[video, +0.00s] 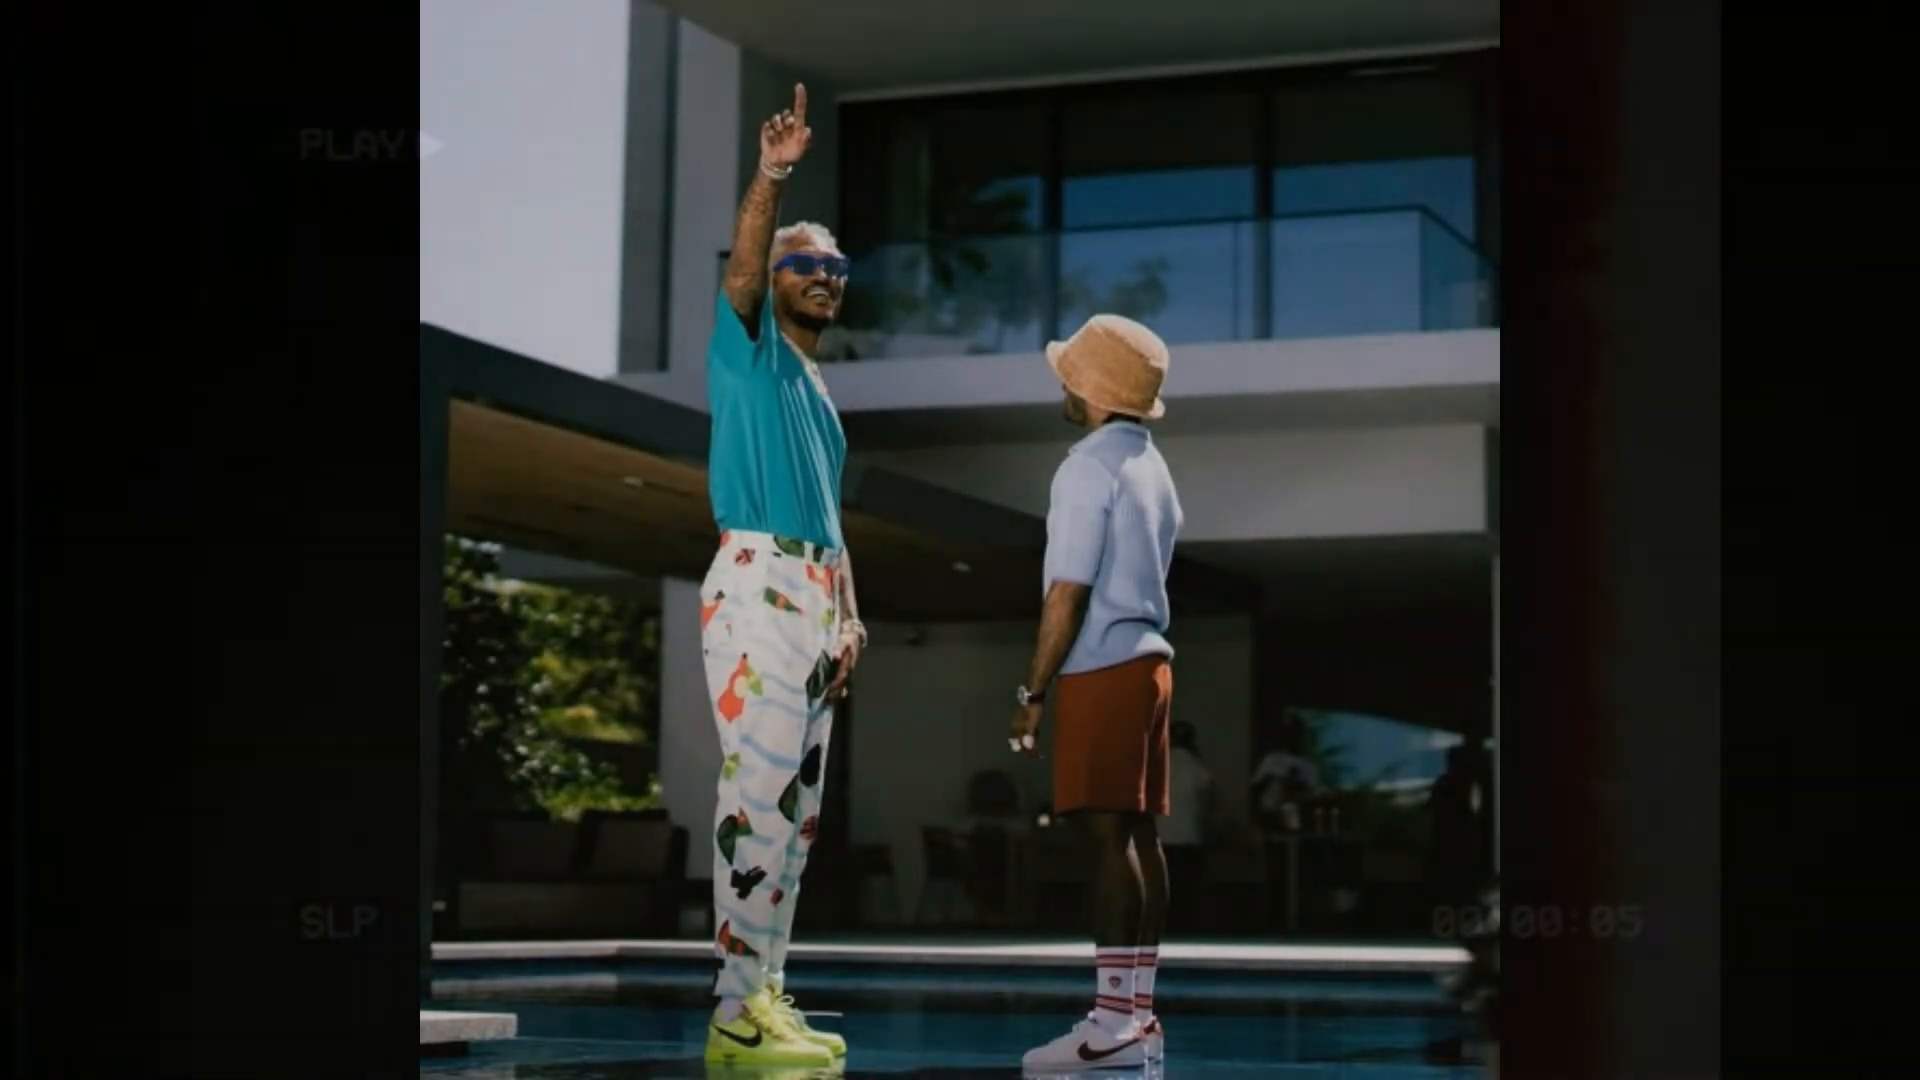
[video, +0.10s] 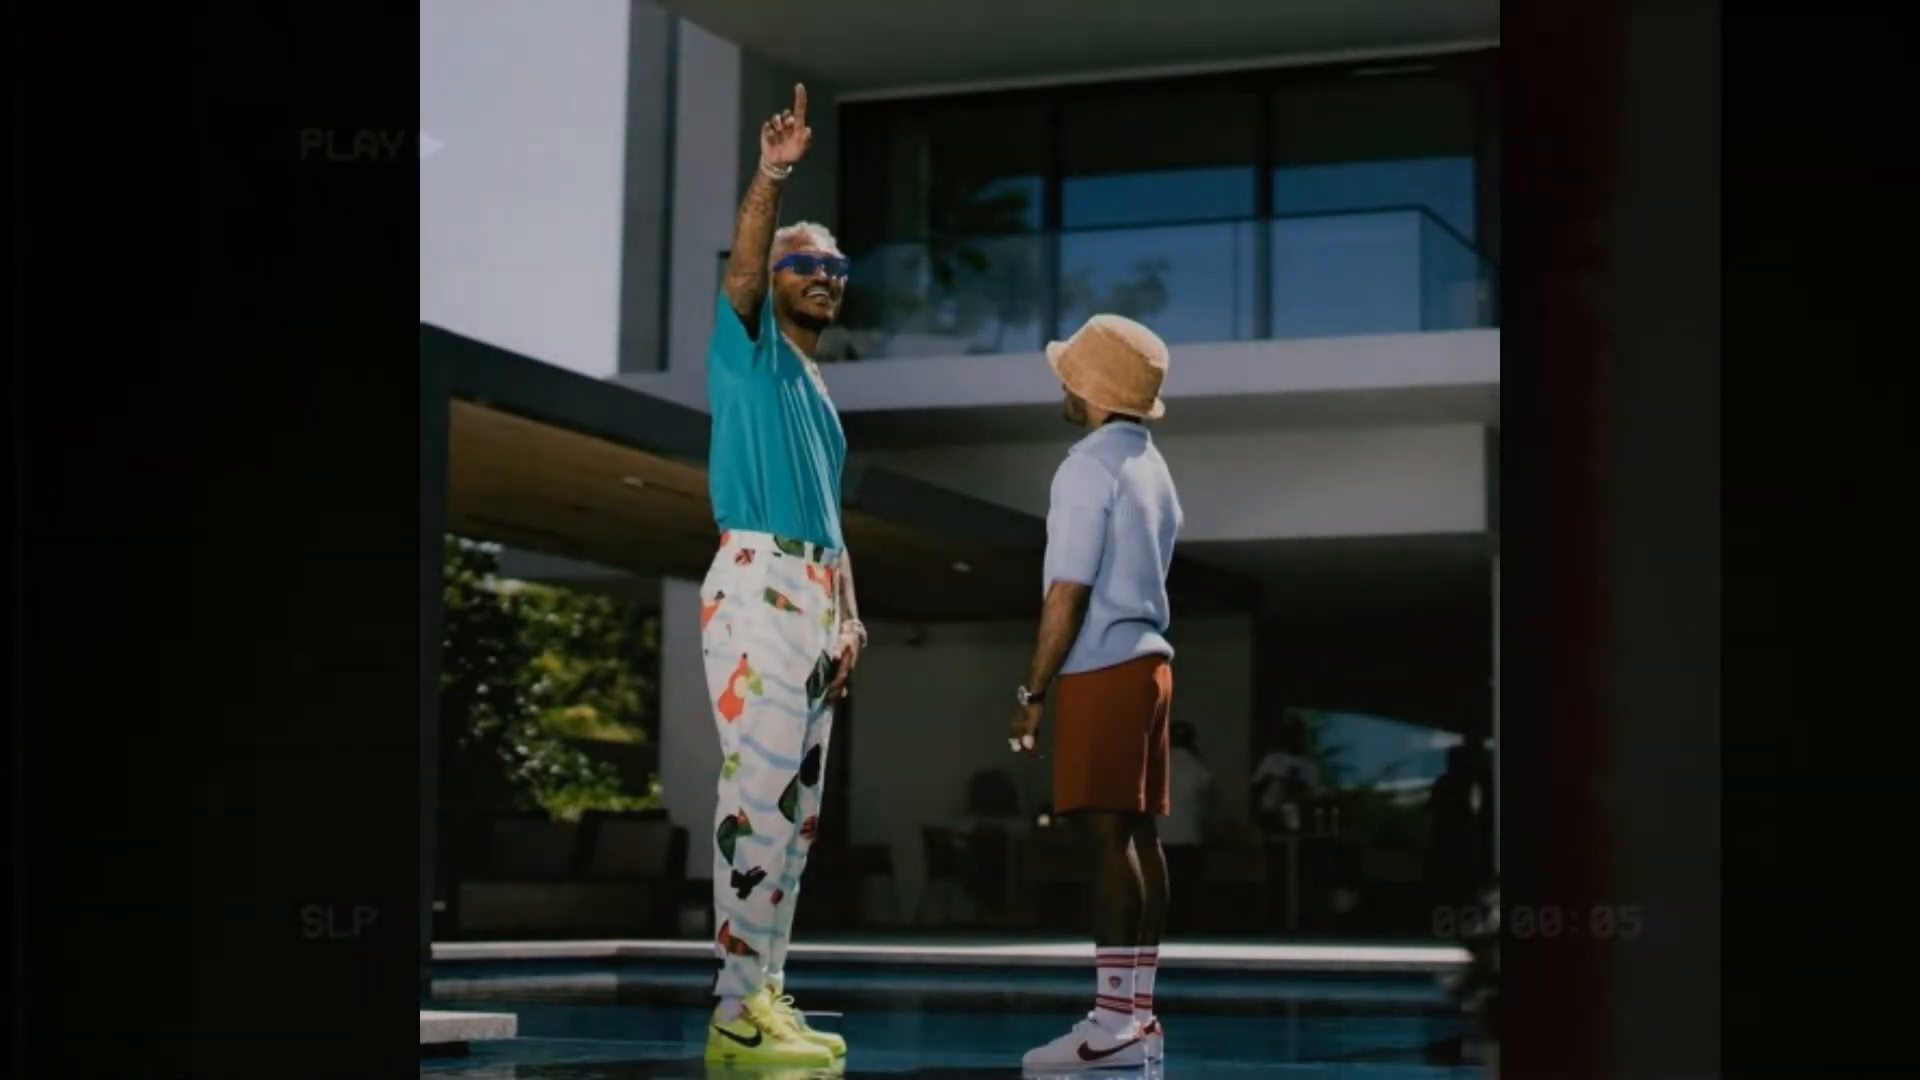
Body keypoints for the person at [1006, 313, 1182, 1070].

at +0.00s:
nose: (1064, 389)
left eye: (1072, 379)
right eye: (1069, 377)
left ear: (1092, 391)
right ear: (1131, 394)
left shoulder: (1088, 468)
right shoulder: (1148, 463)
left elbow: (1067, 594)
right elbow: (1146, 579)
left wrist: (1031, 691)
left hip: (1104, 669)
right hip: (1146, 666)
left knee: (1107, 838)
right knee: (1140, 837)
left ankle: (1116, 1014)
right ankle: (1135, 1011)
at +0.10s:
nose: (1064, 389)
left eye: (1072, 379)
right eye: (1069, 377)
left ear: (1092, 391)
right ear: (1131, 394)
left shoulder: (1088, 468)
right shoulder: (1148, 463)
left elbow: (1067, 595)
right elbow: (1147, 578)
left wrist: (1032, 691)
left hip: (1104, 669)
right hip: (1146, 666)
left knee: (1107, 837)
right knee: (1140, 837)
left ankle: (1116, 1014)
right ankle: (1135, 1011)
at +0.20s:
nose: (1064, 389)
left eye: (1072, 379)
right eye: (1069, 377)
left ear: (1092, 391)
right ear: (1131, 394)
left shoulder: (1087, 468)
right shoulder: (1148, 463)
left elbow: (1067, 595)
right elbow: (1147, 577)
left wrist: (1032, 691)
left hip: (1104, 669)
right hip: (1146, 666)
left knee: (1107, 838)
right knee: (1140, 837)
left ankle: (1116, 1014)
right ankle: (1135, 1011)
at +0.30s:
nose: (1064, 389)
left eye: (1072, 379)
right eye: (1069, 378)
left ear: (1091, 392)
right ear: (1131, 394)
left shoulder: (1088, 468)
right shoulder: (1148, 463)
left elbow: (1067, 595)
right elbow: (1147, 577)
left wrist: (1031, 691)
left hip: (1104, 670)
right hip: (1146, 666)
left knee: (1108, 839)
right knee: (1140, 838)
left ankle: (1116, 1015)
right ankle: (1136, 1012)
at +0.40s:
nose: (1064, 389)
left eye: (1072, 379)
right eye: (1069, 377)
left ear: (1091, 392)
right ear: (1131, 394)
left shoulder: (1088, 468)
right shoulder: (1148, 463)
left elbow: (1067, 595)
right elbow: (1146, 578)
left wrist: (1031, 691)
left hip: (1104, 670)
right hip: (1146, 666)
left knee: (1108, 839)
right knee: (1141, 838)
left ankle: (1115, 1015)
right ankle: (1135, 1011)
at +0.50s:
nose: (1064, 389)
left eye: (1072, 379)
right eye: (1069, 377)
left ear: (1091, 392)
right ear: (1131, 394)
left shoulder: (1088, 468)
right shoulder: (1148, 463)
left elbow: (1067, 595)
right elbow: (1146, 578)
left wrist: (1031, 691)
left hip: (1104, 670)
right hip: (1146, 666)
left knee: (1108, 838)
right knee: (1141, 838)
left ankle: (1115, 1014)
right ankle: (1135, 1011)